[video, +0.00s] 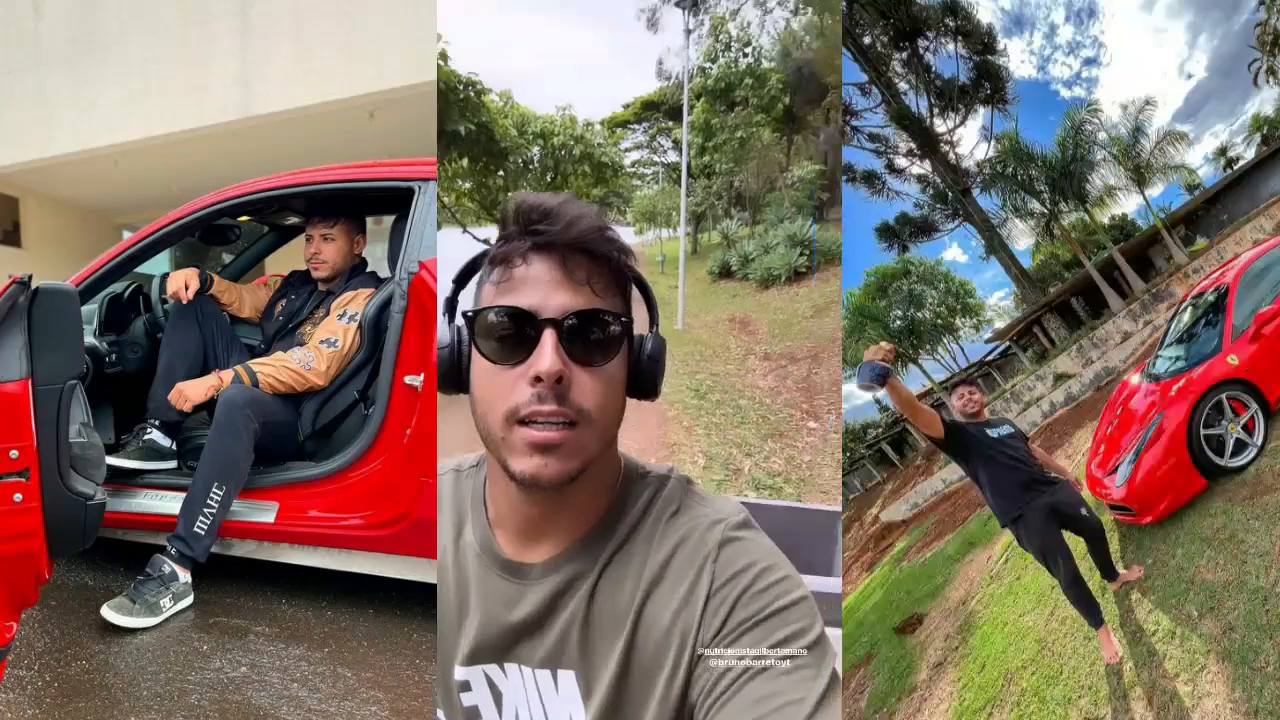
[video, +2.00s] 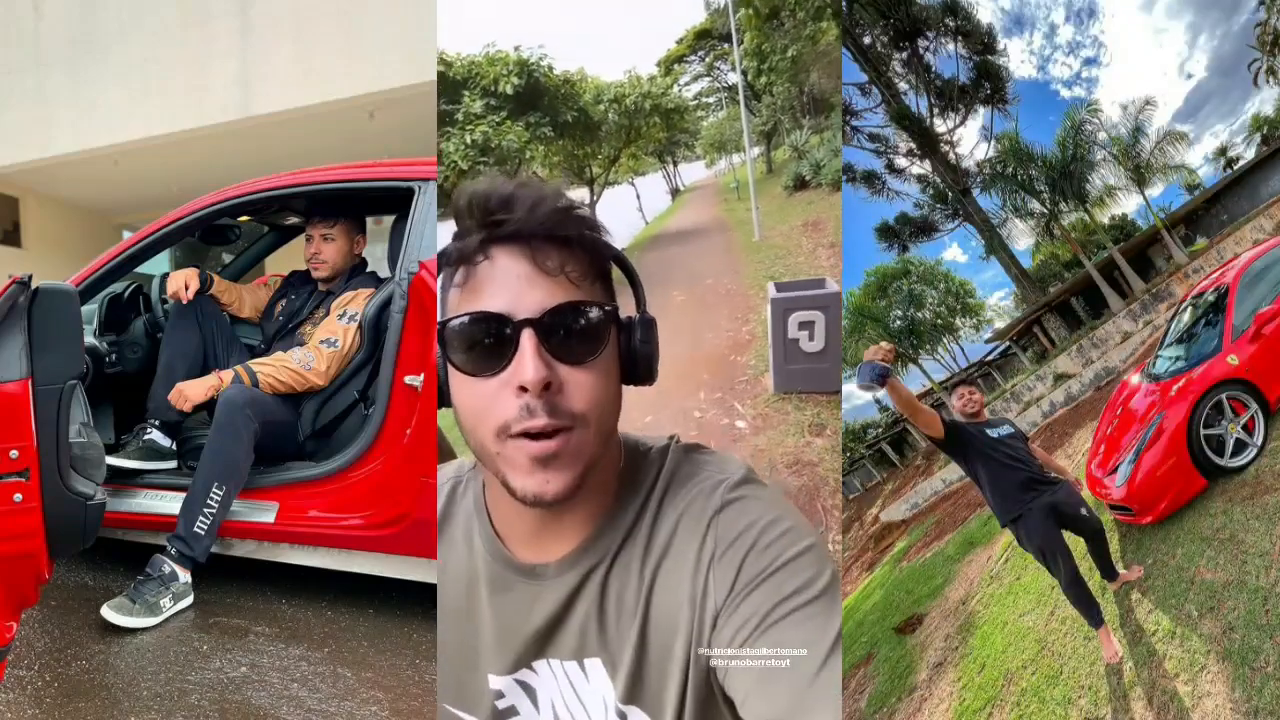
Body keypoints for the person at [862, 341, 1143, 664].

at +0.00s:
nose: (966, 397)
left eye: (971, 392)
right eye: (959, 397)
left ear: (984, 399)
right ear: (952, 410)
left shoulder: (1004, 424)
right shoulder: (956, 436)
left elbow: (1037, 454)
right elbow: (917, 413)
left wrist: (1067, 475)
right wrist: (887, 376)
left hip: (1051, 489)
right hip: (1022, 512)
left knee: (1093, 528)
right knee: (1065, 570)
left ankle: (1114, 576)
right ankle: (1101, 627)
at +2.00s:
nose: (966, 397)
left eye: (971, 392)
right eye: (959, 397)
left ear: (983, 398)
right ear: (953, 410)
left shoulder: (1004, 424)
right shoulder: (956, 436)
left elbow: (1037, 454)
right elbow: (917, 413)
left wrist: (1067, 475)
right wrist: (886, 376)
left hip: (1051, 489)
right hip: (1022, 512)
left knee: (1093, 527)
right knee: (1065, 570)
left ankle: (1114, 576)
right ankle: (1101, 627)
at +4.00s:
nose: (967, 397)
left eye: (971, 392)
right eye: (959, 397)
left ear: (983, 398)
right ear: (953, 410)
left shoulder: (1003, 424)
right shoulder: (957, 436)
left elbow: (1037, 454)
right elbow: (916, 412)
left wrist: (1067, 475)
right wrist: (885, 374)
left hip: (1052, 489)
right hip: (1022, 512)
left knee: (1094, 528)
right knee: (1065, 571)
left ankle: (1114, 576)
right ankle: (1101, 628)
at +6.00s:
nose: (967, 397)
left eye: (971, 392)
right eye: (959, 397)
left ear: (983, 398)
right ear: (953, 410)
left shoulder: (1003, 424)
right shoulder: (957, 436)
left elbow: (1037, 454)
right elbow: (916, 412)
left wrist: (1067, 476)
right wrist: (885, 375)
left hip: (1051, 489)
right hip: (1021, 512)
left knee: (1094, 528)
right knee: (1066, 571)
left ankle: (1113, 576)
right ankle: (1101, 629)